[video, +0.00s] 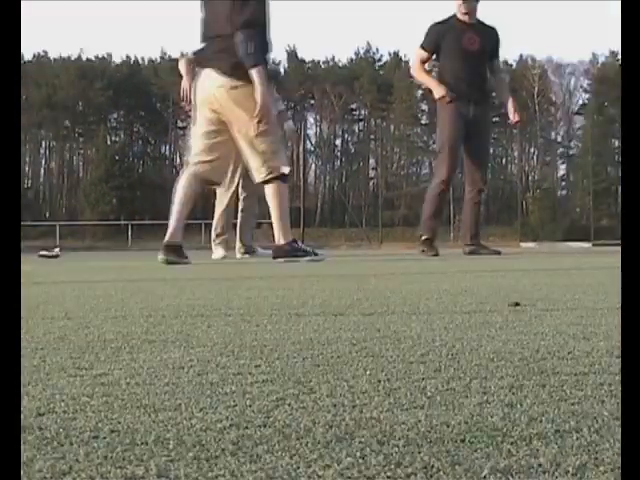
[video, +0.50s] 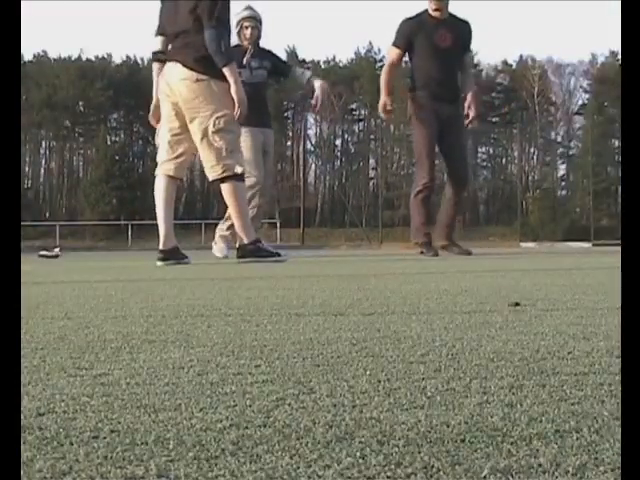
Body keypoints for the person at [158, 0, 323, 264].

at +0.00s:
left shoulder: (213, 7)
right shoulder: (250, 4)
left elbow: (214, 42)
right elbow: (247, 36)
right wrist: (262, 86)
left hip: (208, 77)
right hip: (239, 80)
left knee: (198, 165)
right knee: (272, 164)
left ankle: (172, 241)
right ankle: (284, 241)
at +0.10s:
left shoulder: (191, 6)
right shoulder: (230, 2)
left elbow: (191, 39)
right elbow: (227, 35)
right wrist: (243, 84)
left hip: (183, 70)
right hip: (215, 75)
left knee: (172, 162)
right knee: (246, 164)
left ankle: (167, 245)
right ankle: (267, 241)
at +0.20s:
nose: (244, 30)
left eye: (247, 26)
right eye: (242, 25)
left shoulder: (183, 5)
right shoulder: (223, 2)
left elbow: (181, 34)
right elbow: (222, 35)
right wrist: (238, 80)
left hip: (178, 68)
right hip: (210, 73)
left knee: (171, 161)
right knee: (233, 162)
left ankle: (167, 245)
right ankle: (248, 241)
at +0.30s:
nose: (245, 29)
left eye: (251, 25)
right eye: (242, 24)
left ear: (258, 27)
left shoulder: (179, 6)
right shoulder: (217, 3)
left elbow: (180, 36)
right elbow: (217, 35)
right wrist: (235, 81)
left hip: (172, 68)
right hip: (202, 73)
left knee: (167, 162)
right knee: (223, 162)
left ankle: (166, 245)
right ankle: (248, 241)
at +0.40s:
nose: (247, 30)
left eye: (252, 25)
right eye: (243, 25)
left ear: (260, 28)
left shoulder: (173, 6)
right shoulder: (214, 3)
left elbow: (172, 41)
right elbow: (214, 36)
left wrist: (162, 96)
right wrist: (235, 81)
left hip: (168, 69)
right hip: (199, 72)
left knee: (167, 162)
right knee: (221, 160)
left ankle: (166, 246)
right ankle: (248, 241)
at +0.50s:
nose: (246, 32)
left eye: (251, 28)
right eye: (243, 28)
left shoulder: (169, 5)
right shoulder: (213, 3)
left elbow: (161, 48)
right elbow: (214, 38)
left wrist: (157, 97)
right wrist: (235, 81)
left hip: (169, 74)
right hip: (201, 74)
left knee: (169, 163)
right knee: (226, 161)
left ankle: (166, 245)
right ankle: (248, 241)